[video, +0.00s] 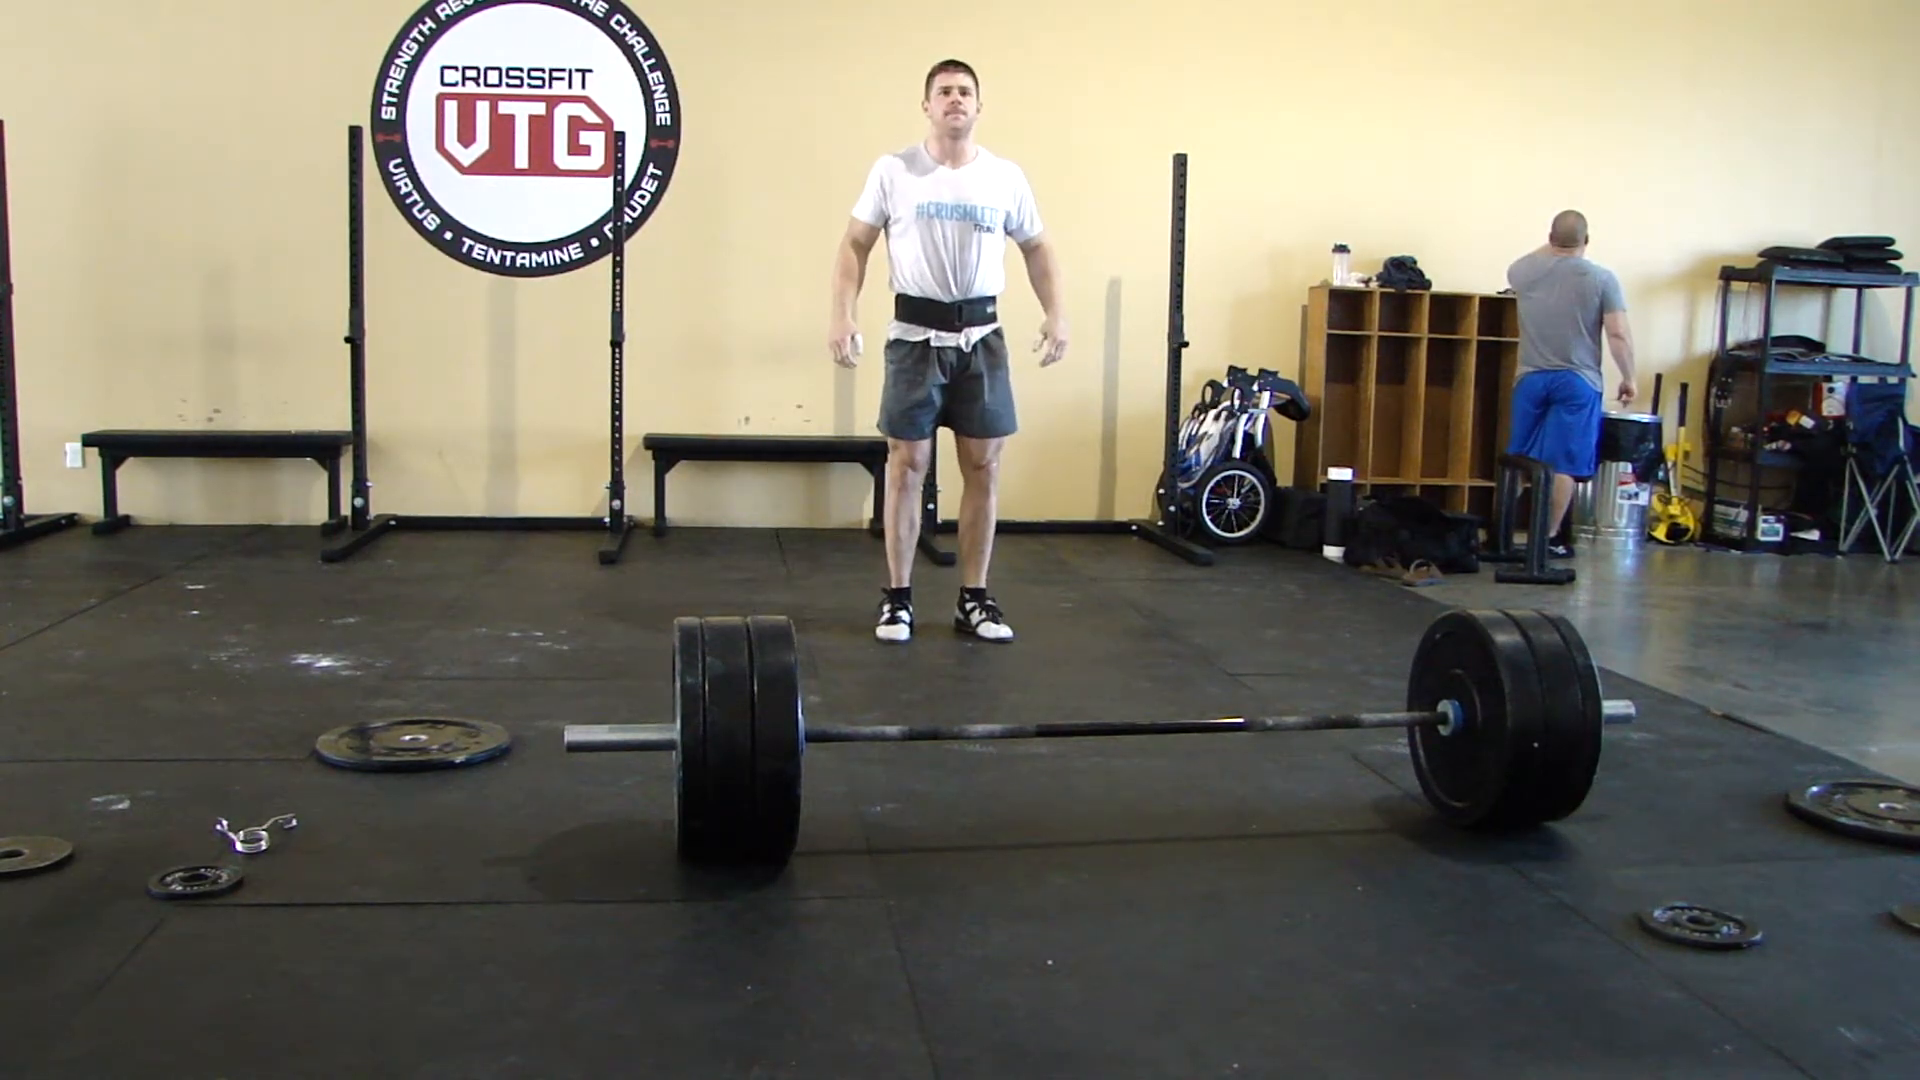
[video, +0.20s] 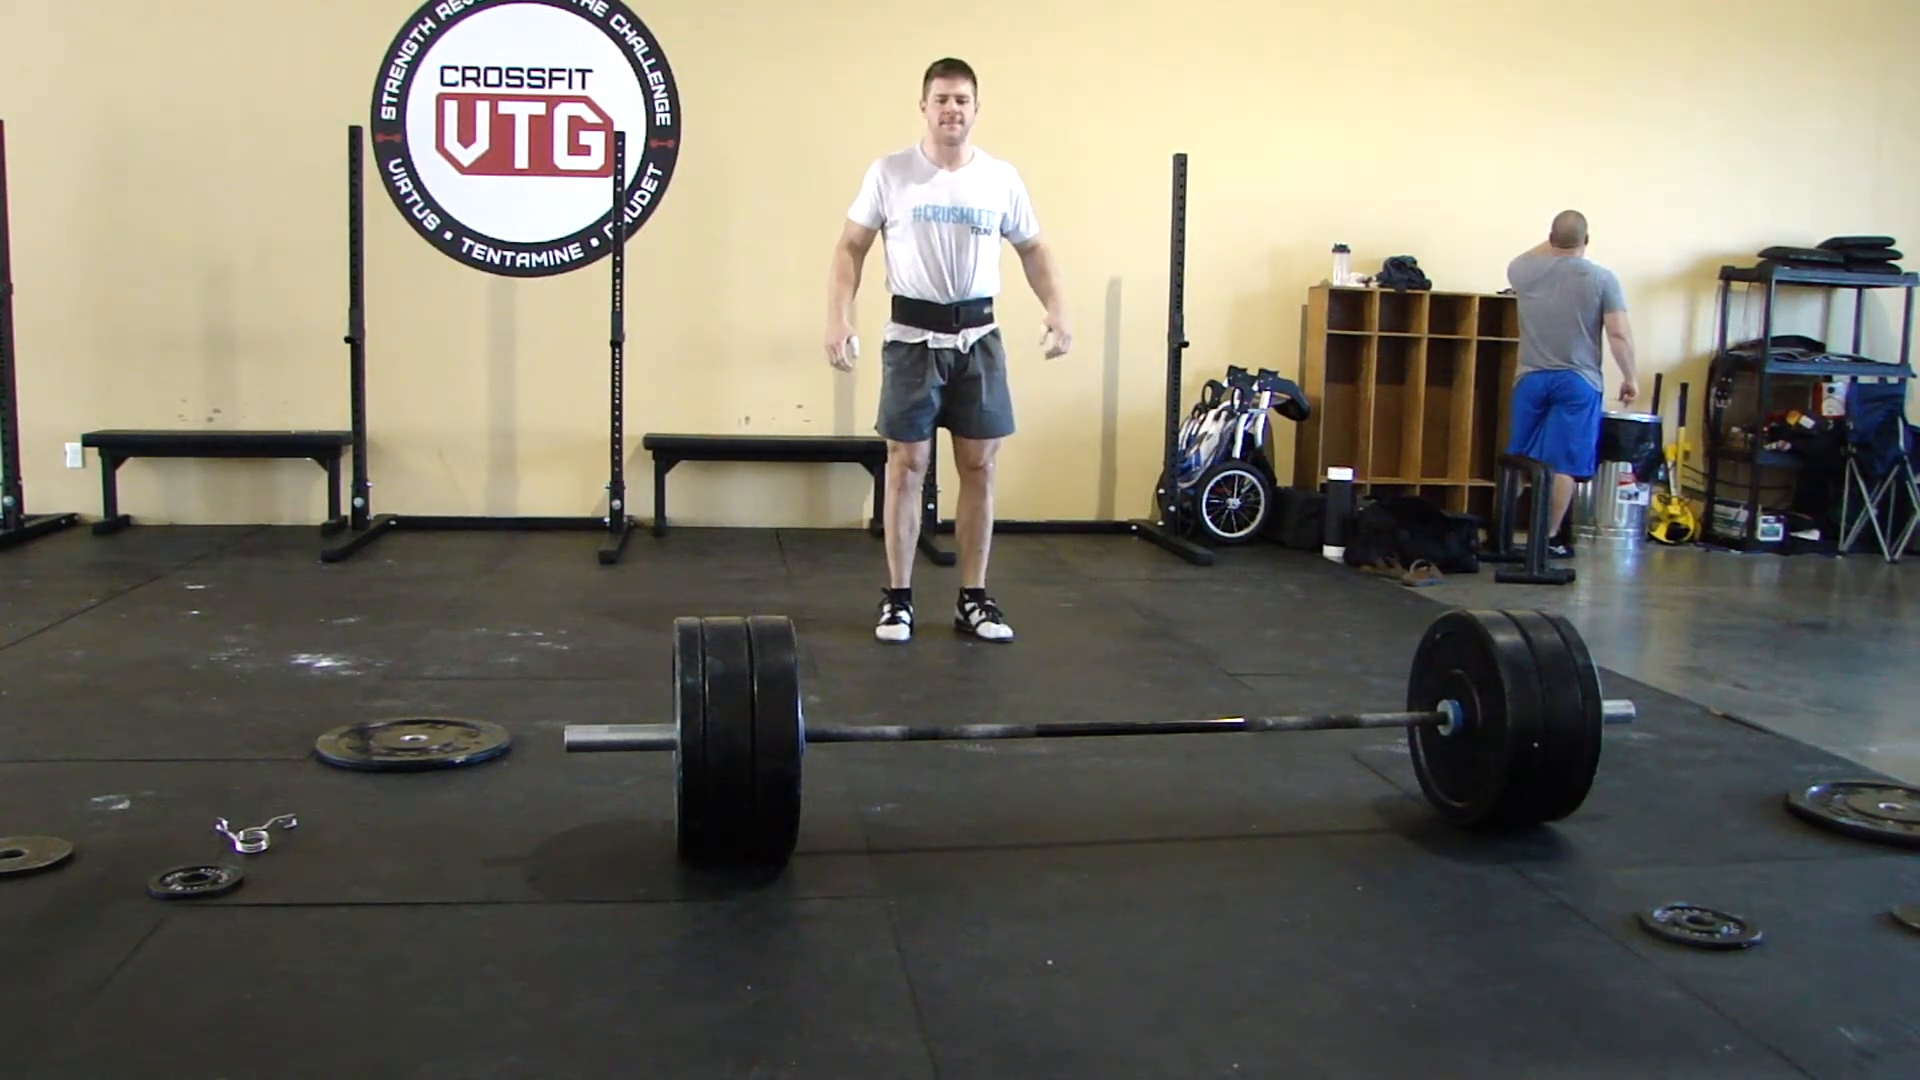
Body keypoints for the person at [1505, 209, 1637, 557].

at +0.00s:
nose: (1586, 243)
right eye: (1586, 239)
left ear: (1550, 237)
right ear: (1586, 241)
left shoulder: (1525, 270)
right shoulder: (1601, 278)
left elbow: (1515, 274)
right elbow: (1617, 333)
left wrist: (1550, 246)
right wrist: (1629, 377)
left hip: (1531, 379)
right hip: (1578, 382)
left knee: (1519, 460)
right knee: (1565, 465)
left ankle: (1502, 534)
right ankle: (1547, 539)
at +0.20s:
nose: (1586, 242)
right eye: (1586, 239)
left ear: (1550, 239)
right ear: (1586, 241)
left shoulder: (1525, 271)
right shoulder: (1601, 278)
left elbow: (1517, 267)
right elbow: (1617, 333)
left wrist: (1551, 242)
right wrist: (1630, 377)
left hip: (1531, 379)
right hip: (1578, 382)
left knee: (1518, 460)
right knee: (1564, 465)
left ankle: (1502, 534)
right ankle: (1548, 539)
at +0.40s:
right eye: (1586, 237)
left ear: (1551, 239)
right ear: (1587, 241)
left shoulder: (1527, 272)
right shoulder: (1602, 278)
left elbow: (1516, 263)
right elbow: (1617, 333)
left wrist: (1550, 241)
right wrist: (1630, 377)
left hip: (1531, 379)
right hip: (1578, 381)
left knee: (1519, 459)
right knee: (1565, 465)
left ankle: (1503, 534)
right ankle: (1548, 539)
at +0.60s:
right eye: (1585, 236)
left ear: (1550, 240)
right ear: (1587, 241)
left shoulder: (1527, 271)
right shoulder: (1602, 278)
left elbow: (1517, 260)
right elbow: (1617, 332)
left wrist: (1548, 238)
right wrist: (1630, 376)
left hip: (1531, 379)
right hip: (1579, 381)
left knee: (1520, 459)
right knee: (1565, 465)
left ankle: (1503, 534)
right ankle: (1548, 539)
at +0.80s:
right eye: (1584, 237)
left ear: (1550, 239)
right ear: (1586, 241)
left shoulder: (1528, 271)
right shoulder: (1602, 278)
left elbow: (1516, 258)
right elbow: (1617, 332)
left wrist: (1547, 237)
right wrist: (1630, 376)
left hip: (1531, 379)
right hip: (1579, 381)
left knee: (1520, 460)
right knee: (1565, 465)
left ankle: (1503, 534)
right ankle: (1548, 539)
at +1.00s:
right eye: (1584, 237)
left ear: (1550, 240)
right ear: (1586, 241)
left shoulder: (1528, 271)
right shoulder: (1601, 278)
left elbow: (1516, 256)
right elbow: (1617, 332)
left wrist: (1547, 235)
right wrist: (1629, 377)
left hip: (1530, 378)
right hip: (1578, 381)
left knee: (1518, 460)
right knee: (1565, 465)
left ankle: (1502, 535)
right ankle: (1548, 539)